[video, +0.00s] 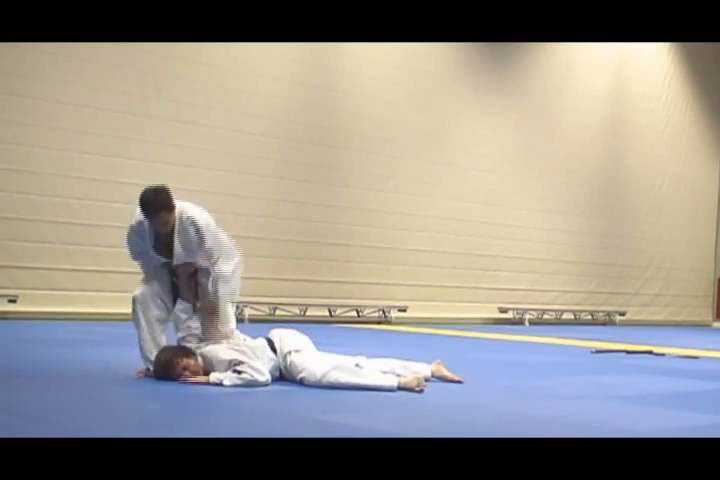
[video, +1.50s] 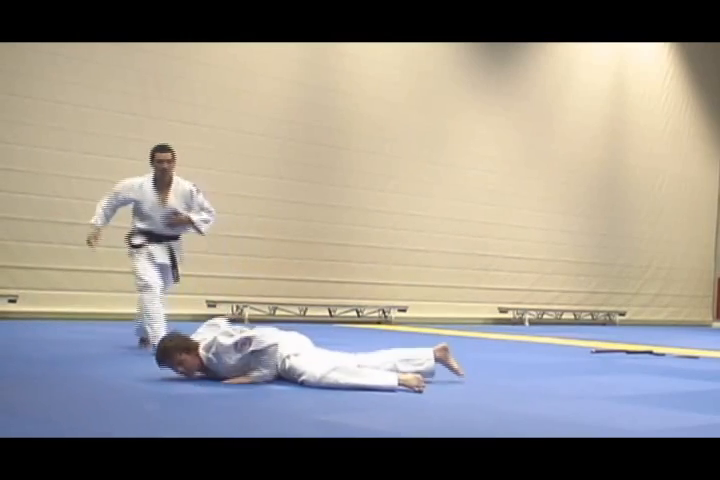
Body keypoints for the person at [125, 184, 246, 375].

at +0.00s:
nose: (162, 224)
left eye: (166, 219)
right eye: (156, 221)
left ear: (173, 210)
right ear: (148, 218)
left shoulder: (196, 222)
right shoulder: (138, 229)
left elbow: (218, 263)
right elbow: (147, 264)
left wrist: (215, 301)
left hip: (208, 270)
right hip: (170, 272)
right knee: (143, 299)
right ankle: (154, 365)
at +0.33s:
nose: (187, 196)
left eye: (192, 190)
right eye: (182, 192)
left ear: (200, 182)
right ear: (173, 186)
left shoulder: (218, 195)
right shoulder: (157, 201)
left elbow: (236, 226)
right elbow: (153, 243)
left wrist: (221, 249)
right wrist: (176, 266)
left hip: (209, 256)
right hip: (171, 257)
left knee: (224, 323)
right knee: (159, 299)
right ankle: (155, 361)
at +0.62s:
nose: (213, 224)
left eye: (218, 218)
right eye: (208, 218)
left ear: (227, 213)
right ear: (202, 213)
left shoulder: (239, 221)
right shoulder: (186, 224)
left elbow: (249, 255)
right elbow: (180, 266)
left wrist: (227, 273)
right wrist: (183, 312)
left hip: (218, 271)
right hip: (188, 268)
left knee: (222, 315)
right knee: (162, 308)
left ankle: (218, 361)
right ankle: (171, 350)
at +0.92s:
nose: (208, 247)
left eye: (212, 242)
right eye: (204, 243)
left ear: (219, 237)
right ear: (196, 238)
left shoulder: (230, 238)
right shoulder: (186, 252)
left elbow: (249, 257)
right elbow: (184, 294)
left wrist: (230, 273)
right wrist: (185, 340)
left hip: (216, 280)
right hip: (190, 284)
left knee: (220, 293)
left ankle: (222, 343)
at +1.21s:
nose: (192, 183)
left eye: (196, 178)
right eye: (186, 178)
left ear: (202, 178)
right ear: (178, 178)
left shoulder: (208, 201)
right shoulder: (162, 200)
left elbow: (217, 232)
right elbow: (157, 238)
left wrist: (211, 260)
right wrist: (176, 269)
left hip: (193, 252)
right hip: (165, 251)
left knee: (207, 288)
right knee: (168, 295)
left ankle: (205, 342)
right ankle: (167, 347)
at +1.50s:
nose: (164, 166)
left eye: (168, 162)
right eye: (159, 162)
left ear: (174, 163)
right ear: (152, 164)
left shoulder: (186, 189)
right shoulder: (138, 187)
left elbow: (208, 215)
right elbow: (111, 201)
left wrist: (189, 219)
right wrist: (97, 225)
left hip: (170, 244)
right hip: (143, 241)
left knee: (159, 289)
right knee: (150, 286)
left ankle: (144, 331)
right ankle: (159, 339)